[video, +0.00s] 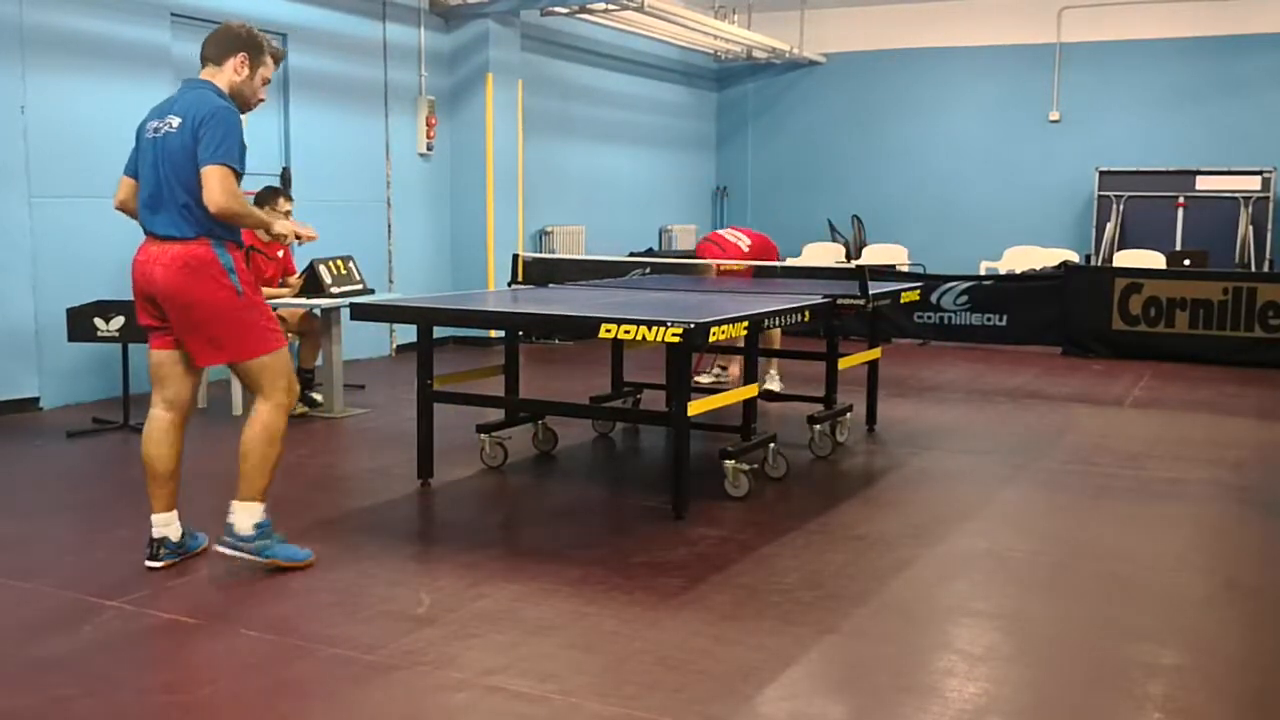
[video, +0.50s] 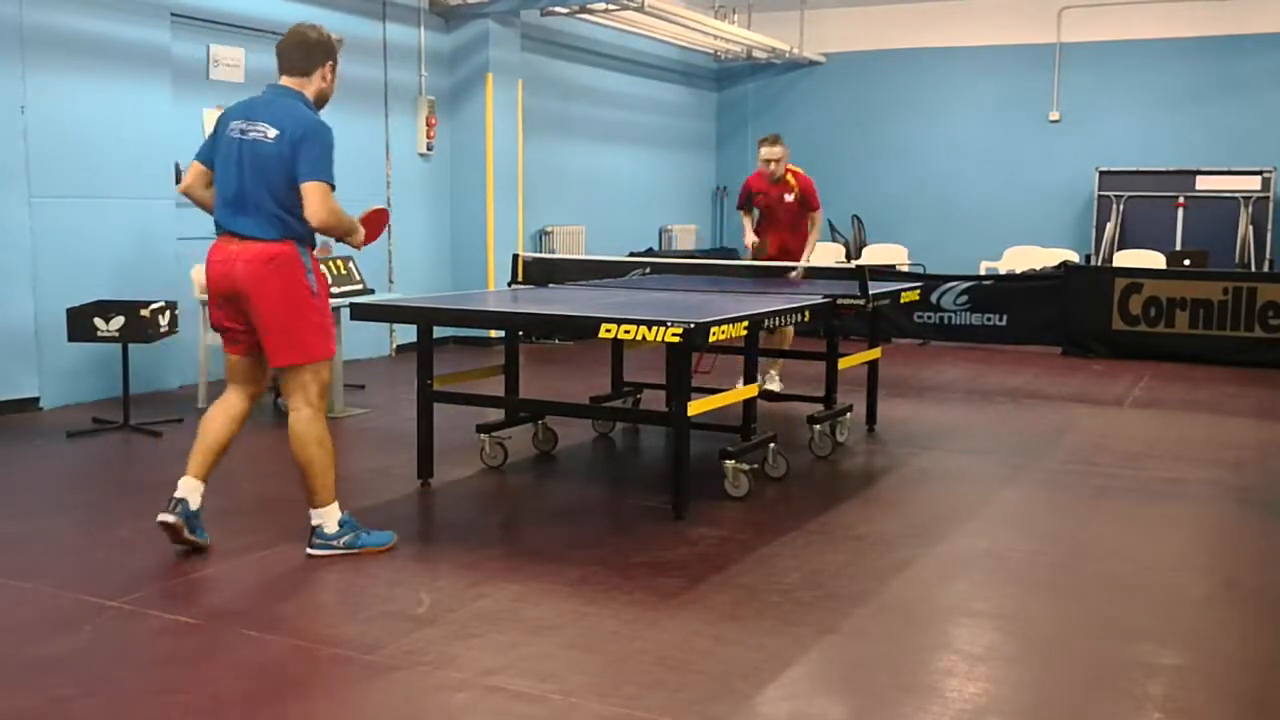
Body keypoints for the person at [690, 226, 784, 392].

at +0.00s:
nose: (707, 281)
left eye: (708, 276)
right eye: (703, 279)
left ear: (714, 266)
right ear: (694, 265)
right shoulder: (702, 251)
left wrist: (736, 363)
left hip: (765, 258)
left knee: (771, 318)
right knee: (730, 313)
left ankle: (772, 372)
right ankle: (721, 367)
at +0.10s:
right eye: (704, 269)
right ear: (698, 250)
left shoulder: (716, 243)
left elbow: (711, 286)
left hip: (769, 254)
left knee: (772, 315)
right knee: (732, 311)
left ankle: (771, 373)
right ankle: (723, 366)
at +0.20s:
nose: (725, 247)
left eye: (729, 240)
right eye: (720, 242)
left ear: (737, 229)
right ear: (713, 236)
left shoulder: (759, 239)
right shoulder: (720, 227)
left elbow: (768, 274)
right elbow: (727, 255)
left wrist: (762, 303)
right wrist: (734, 276)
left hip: (773, 260)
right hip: (743, 260)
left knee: (773, 315)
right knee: (729, 311)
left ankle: (772, 373)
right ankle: (722, 366)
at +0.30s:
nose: (739, 217)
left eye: (742, 210)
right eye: (734, 211)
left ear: (752, 202)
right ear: (728, 206)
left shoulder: (775, 215)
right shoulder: (730, 213)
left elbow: (786, 253)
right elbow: (737, 241)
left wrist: (778, 286)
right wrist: (742, 266)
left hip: (778, 262)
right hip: (750, 260)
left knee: (776, 318)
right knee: (730, 307)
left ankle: (772, 371)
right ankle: (723, 363)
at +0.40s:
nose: (756, 188)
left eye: (760, 182)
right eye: (752, 183)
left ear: (770, 175)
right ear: (745, 180)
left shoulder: (790, 196)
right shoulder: (742, 194)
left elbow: (802, 233)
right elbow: (738, 222)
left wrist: (792, 269)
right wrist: (747, 246)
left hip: (784, 260)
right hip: (754, 259)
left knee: (781, 316)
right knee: (739, 311)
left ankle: (773, 372)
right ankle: (729, 363)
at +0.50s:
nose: (772, 168)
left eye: (777, 161)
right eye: (766, 162)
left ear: (787, 159)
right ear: (759, 160)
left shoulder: (803, 183)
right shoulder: (752, 184)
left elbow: (815, 223)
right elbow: (745, 210)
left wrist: (804, 260)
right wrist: (749, 231)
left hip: (793, 262)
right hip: (763, 261)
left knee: (786, 319)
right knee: (765, 320)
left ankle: (774, 372)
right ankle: (762, 371)